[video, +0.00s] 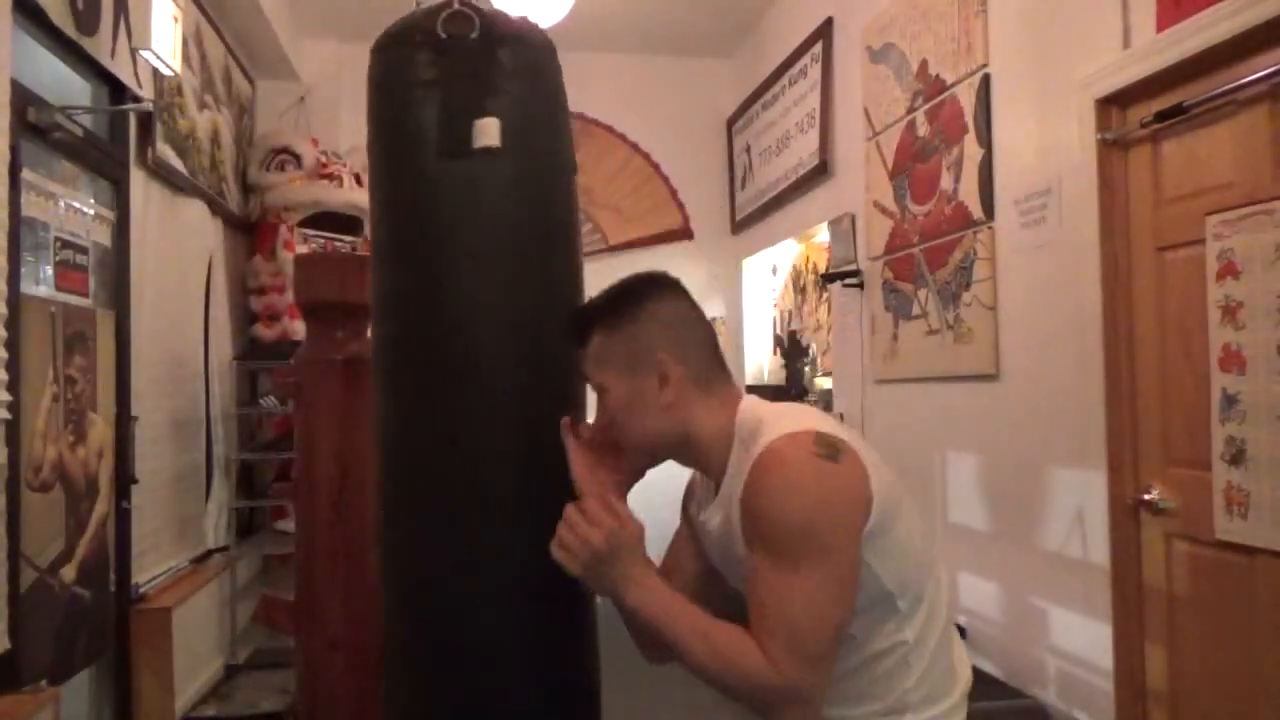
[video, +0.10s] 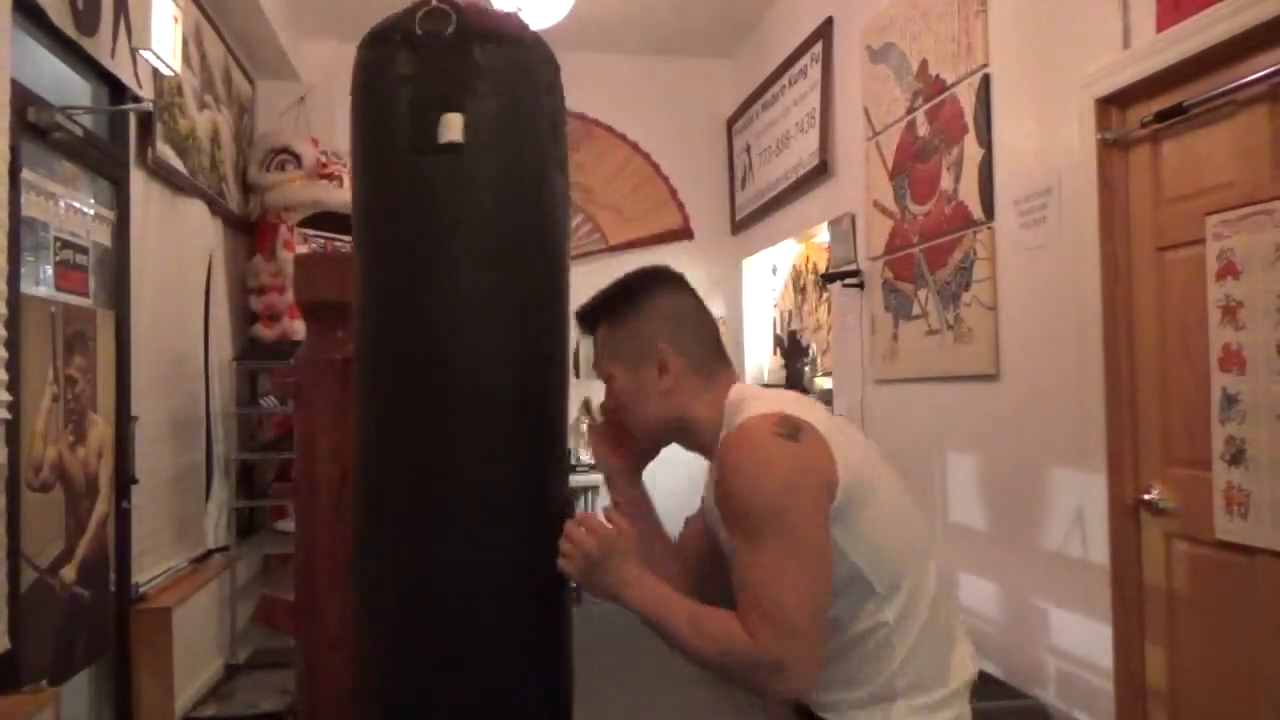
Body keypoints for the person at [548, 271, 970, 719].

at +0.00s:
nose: (597, 423)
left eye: (603, 393)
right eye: (595, 396)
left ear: (664, 380)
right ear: (662, 381)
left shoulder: (797, 470)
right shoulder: (714, 478)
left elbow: (792, 690)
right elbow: (660, 638)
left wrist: (631, 578)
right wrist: (606, 504)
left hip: (900, 708)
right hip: (824, 700)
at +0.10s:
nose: (607, 401)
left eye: (609, 380)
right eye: (603, 383)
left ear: (662, 369)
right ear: (665, 369)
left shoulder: (763, 449)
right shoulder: (749, 436)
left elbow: (785, 669)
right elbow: (689, 601)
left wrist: (630, 583)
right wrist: (625, 478)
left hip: (897, 707)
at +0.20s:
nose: (628, 379)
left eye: (632, 357)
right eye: (625, 361)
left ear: (683, 341)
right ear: (691, 338)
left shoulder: (736, 406)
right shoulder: (787, 387)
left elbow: (774, 604)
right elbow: (718, 569)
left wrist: (649, 586)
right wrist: (658, 446)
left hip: (881, 705)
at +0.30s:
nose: (663, 371)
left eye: (664, 351)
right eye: (660, 354)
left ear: (711, 339)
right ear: (757, 334)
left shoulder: (726, 396)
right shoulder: (827, 385)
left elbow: (762, 560)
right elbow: (733, 524)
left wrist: (680, 597)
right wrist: (691, 443)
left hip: (873, 701)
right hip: (961, 682)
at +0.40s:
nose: (682, 396)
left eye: (681, 375)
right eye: (677, 378)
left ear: (728, 362)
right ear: (773, 355)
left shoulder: (731, 414)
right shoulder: (841, 405)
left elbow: (766, 559)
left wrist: (709, 637)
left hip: (878, 702)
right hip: (972, 684)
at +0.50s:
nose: (683, 428)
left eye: (687, 404)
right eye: (682, 406)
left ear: (736, 393)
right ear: (759, 389)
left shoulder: (738, 444)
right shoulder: (842, 431)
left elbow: (789, 598)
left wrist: (745, 696)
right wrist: (720, 509)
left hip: (883, 707)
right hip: (977, 698)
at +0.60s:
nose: (671, 444)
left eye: (677, 422)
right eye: (670, 424)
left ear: (734, 416)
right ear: (745, 416)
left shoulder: (750, 464)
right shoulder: (823, 452)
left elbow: (829, 618)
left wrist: (781, 711)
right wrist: (709, 529)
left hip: (902, 707)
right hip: (973, 698)